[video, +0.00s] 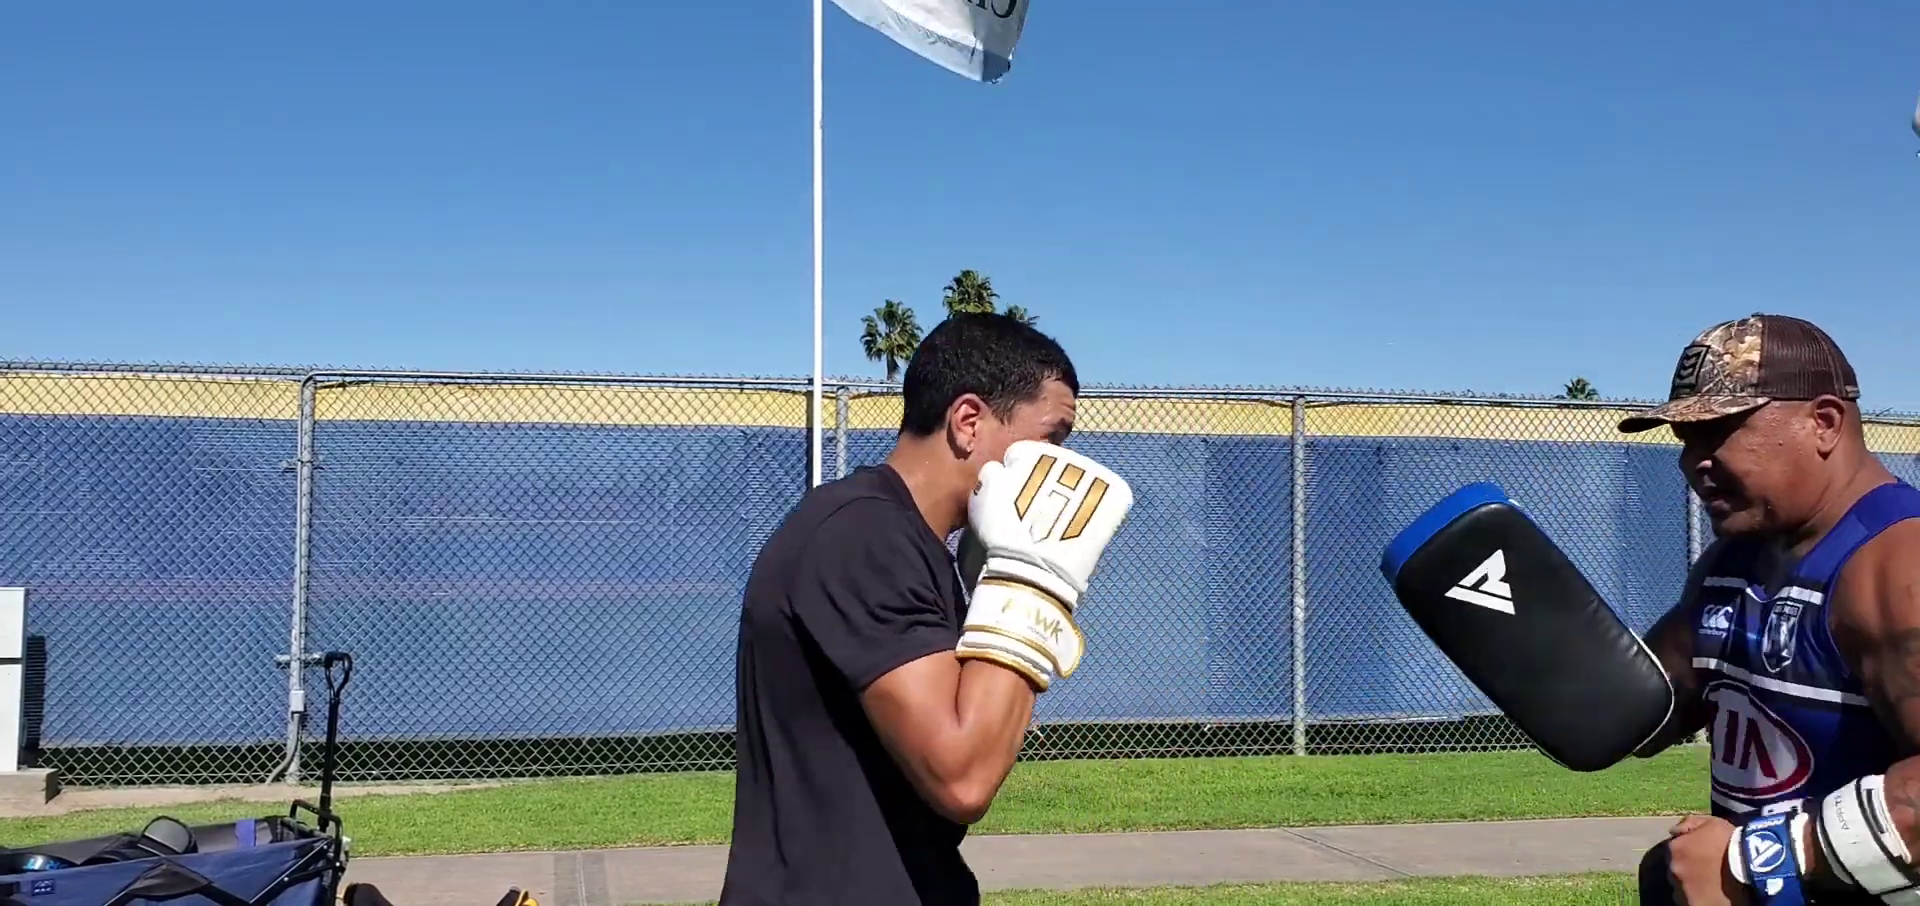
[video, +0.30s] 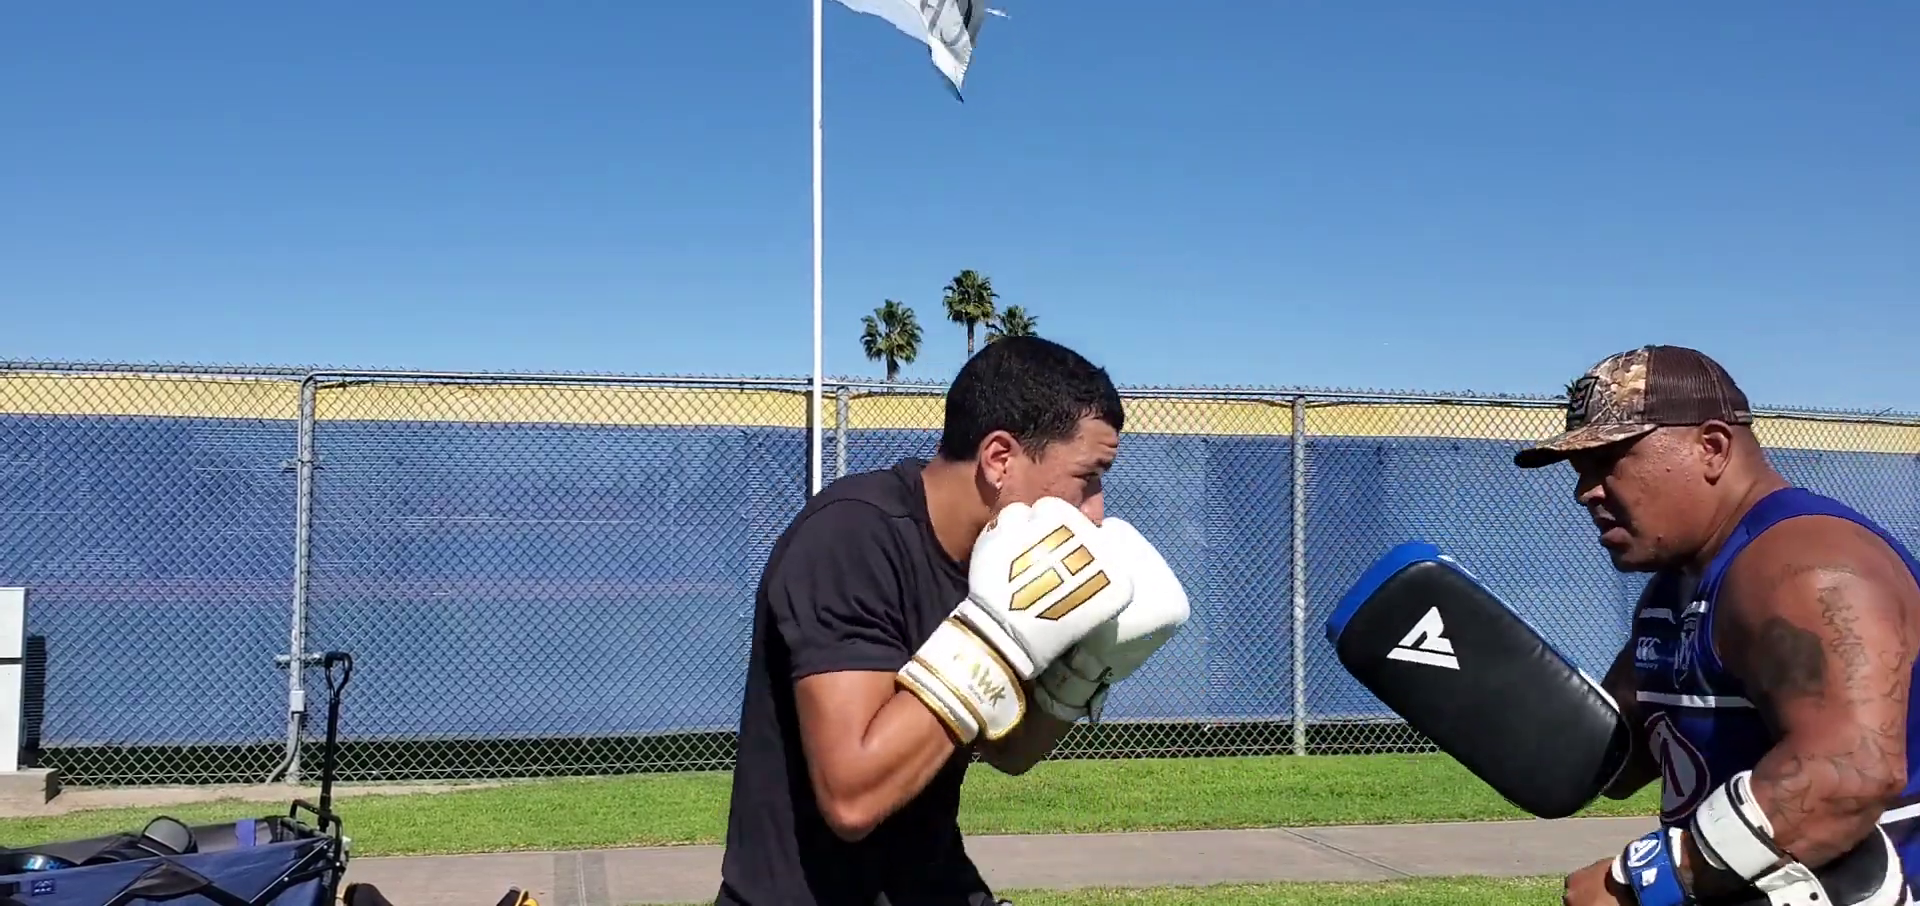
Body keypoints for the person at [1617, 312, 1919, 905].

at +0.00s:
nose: (1693, 462)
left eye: (1718, 431)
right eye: (1687, 438)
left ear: (1826, 424)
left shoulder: (1899, 568)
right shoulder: (1737, 554)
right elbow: (1649, 714)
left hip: (1866, 886)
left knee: (1673, 870)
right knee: (1665, 871)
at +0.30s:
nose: (1585, 492)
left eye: (1607, 461)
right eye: (1583, 469)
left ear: (1713, 448)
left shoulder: (1808, 568)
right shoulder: (1678, 583)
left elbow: (1846, 775)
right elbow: (1602, 761)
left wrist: (1638, 878)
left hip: (1843, 888)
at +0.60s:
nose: (1522, 486)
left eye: (1543, 455)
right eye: (1519, 462)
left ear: (1650, 441)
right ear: (1651, 444)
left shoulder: (1781, 576)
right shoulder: (1612, 574)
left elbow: (1825, 801)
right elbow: (1546, 739)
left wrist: (1622, 894)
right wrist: (1400, 651)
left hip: (1832, 893)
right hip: (1680, 889)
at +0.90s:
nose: (1548, 500)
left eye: (1563, 475)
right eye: (1547, 481)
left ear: (1634, 448)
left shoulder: (1817, 551)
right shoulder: (1628, 577)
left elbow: (1794, 771)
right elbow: (1482, 657)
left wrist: (1667, 879)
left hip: (1827, 888)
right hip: (1680, 882)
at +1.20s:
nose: (1539, 501)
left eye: (1550, 474)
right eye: (1533, 480)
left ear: (1632, 450)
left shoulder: (1790, 558)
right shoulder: (1618, 566)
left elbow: (1775, 793)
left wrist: (1653, 886)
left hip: (1793, 890)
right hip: (1648, 878)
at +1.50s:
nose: (1584, 453)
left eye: (1610, 425)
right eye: (1586, 433)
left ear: (1710, 427)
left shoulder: (1812, 552)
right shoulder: (1624, 578)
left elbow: (1772, 759)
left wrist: (1588, 856)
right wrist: (1534, 671)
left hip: (1842, 883)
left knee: (1759, 841)